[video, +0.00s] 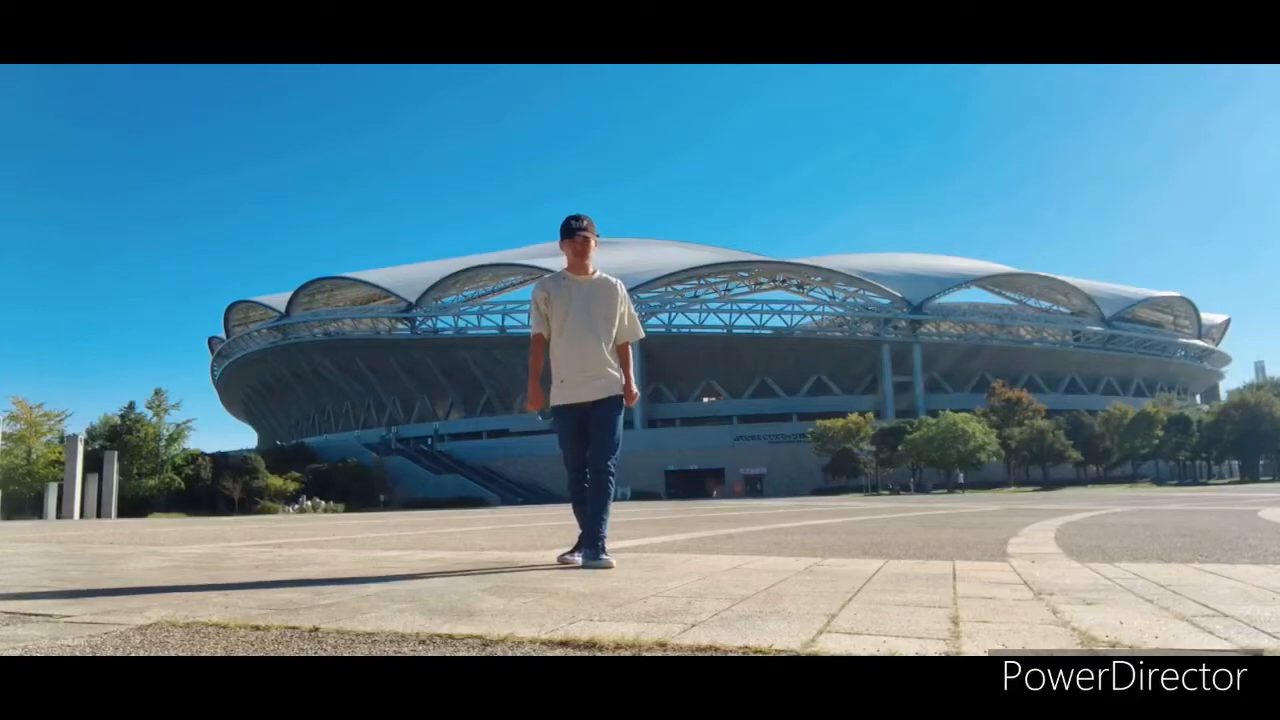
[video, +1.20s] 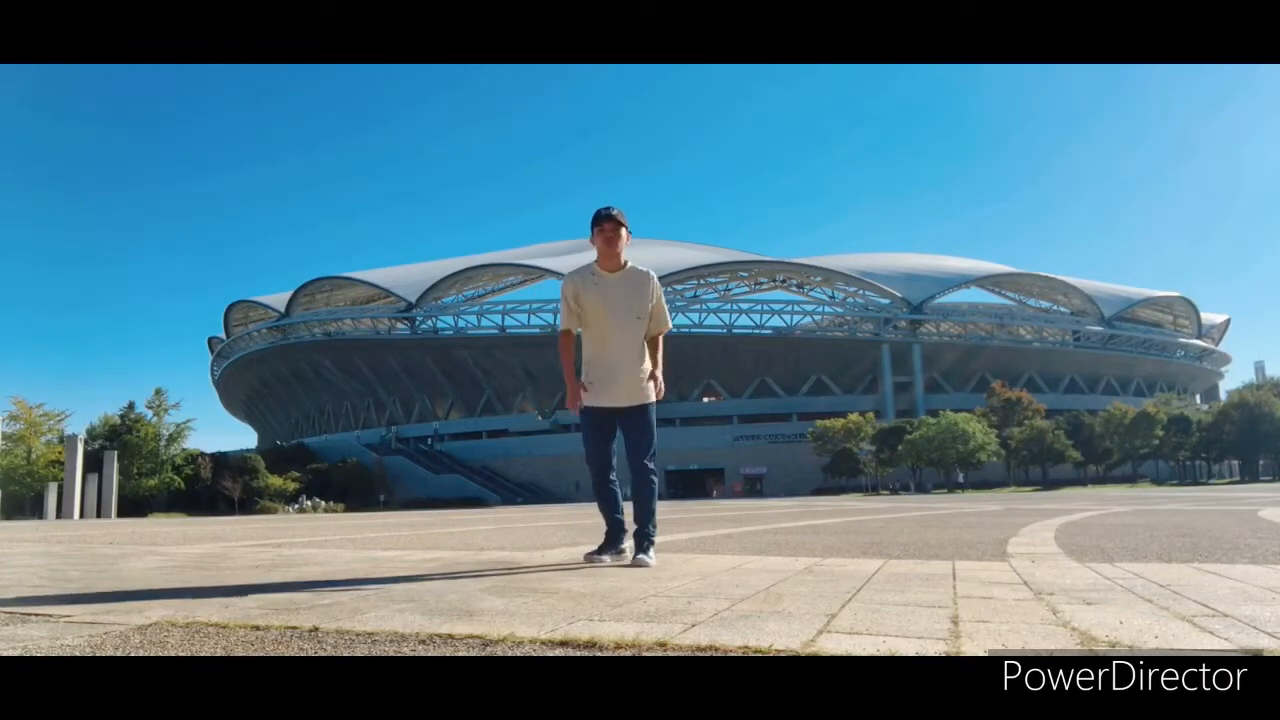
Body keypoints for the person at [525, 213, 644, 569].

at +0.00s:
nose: (581, 244)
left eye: (586, 238)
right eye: (574, 239)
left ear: (595, 243)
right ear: (563, 244)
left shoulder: (612, 287)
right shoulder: (547, 288)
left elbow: (623, 340)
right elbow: (538, 339)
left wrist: (629, 380)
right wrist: (534, 384)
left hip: (607, 390)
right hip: (565, 392)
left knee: (602, 467)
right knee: (576, 470)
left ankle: (596, 546)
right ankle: (587, 538)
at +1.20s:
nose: (611, 236)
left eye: (617, 230)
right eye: (604, 231)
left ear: (627, 237)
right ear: (593, 239)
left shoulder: (646, 280)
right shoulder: (575, 283)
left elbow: (656, 331)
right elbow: (566, 334)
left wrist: (657, 369)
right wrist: (571, 382)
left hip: (638, 391)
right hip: (595, 393)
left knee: (644, 468)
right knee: (600, 470)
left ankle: (645, 543)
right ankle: (615, 537)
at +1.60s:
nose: (639, 253)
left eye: (646, 247)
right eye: (631, 247)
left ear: (655, 253)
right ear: (620, 253)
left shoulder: (663, 293)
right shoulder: (595, 293)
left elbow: (646, 336)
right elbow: (555, 329)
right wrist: (525, 365)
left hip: (635, 395)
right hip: (591, 391)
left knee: (630, 471)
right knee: (581, 456)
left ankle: (618, 545)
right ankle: (603, 484)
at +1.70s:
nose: (628, 260)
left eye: (635, 254)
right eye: (620, 254)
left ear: (647, 259)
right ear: (610, 260)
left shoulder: (666, 293)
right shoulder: (593, 299)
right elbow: (558, 319)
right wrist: (534, 343)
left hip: (637, 405)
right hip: (594, 396)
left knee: (637, 477)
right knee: (560, 457)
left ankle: (618, 547)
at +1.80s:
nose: (614, 265)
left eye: (621, 259)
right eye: (607, 259)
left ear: (634, 264)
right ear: (597, 265)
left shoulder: (655, 311)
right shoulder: (586, 299)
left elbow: (686, 326)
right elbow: (574, 325)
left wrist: (712, 329)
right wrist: (572, 350)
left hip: (640, 400)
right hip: (599, 383)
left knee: (636, 476)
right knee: (567, 435)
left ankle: (616, 546)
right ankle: (544, 438)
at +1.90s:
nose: (613, 262)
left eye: (620, 255)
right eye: (606, 255)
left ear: (632, 259)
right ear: (594, 259)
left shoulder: (645, 302)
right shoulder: (582, 294)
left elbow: (658, 360)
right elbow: (593, 336)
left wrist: (665, 411)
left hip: (640, 385)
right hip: (601, 375)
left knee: (638, 472)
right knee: (598, 417)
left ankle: (619, 544)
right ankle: (598, 508)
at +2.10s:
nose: (615, 251)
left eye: (622, 244)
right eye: (608, 244)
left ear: (633, 246)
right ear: (596, 246)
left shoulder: (644, 277)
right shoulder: (587, 279)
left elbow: (618, 316)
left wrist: (570, 281)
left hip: (652, 385)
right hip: (611, 384)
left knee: (647, 469)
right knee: (629, 465)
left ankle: (619, 543)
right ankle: (661, 544)